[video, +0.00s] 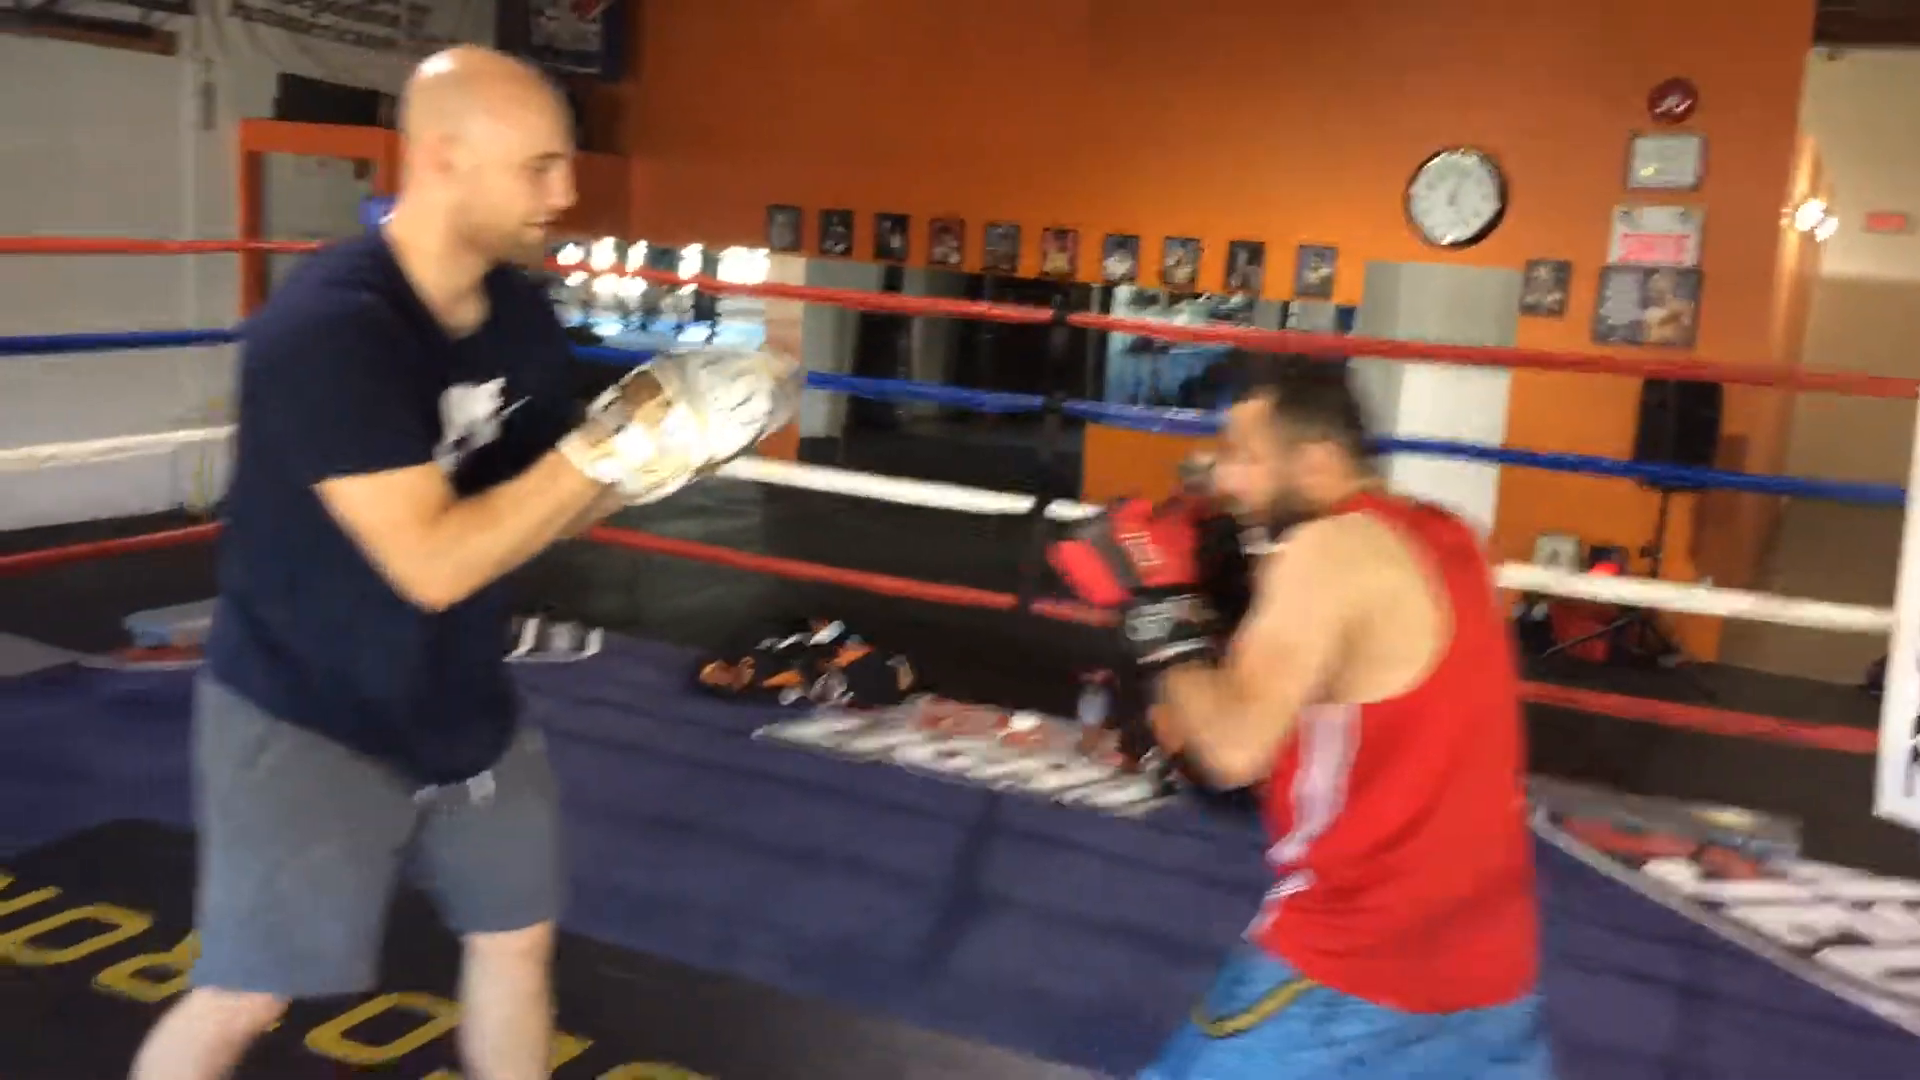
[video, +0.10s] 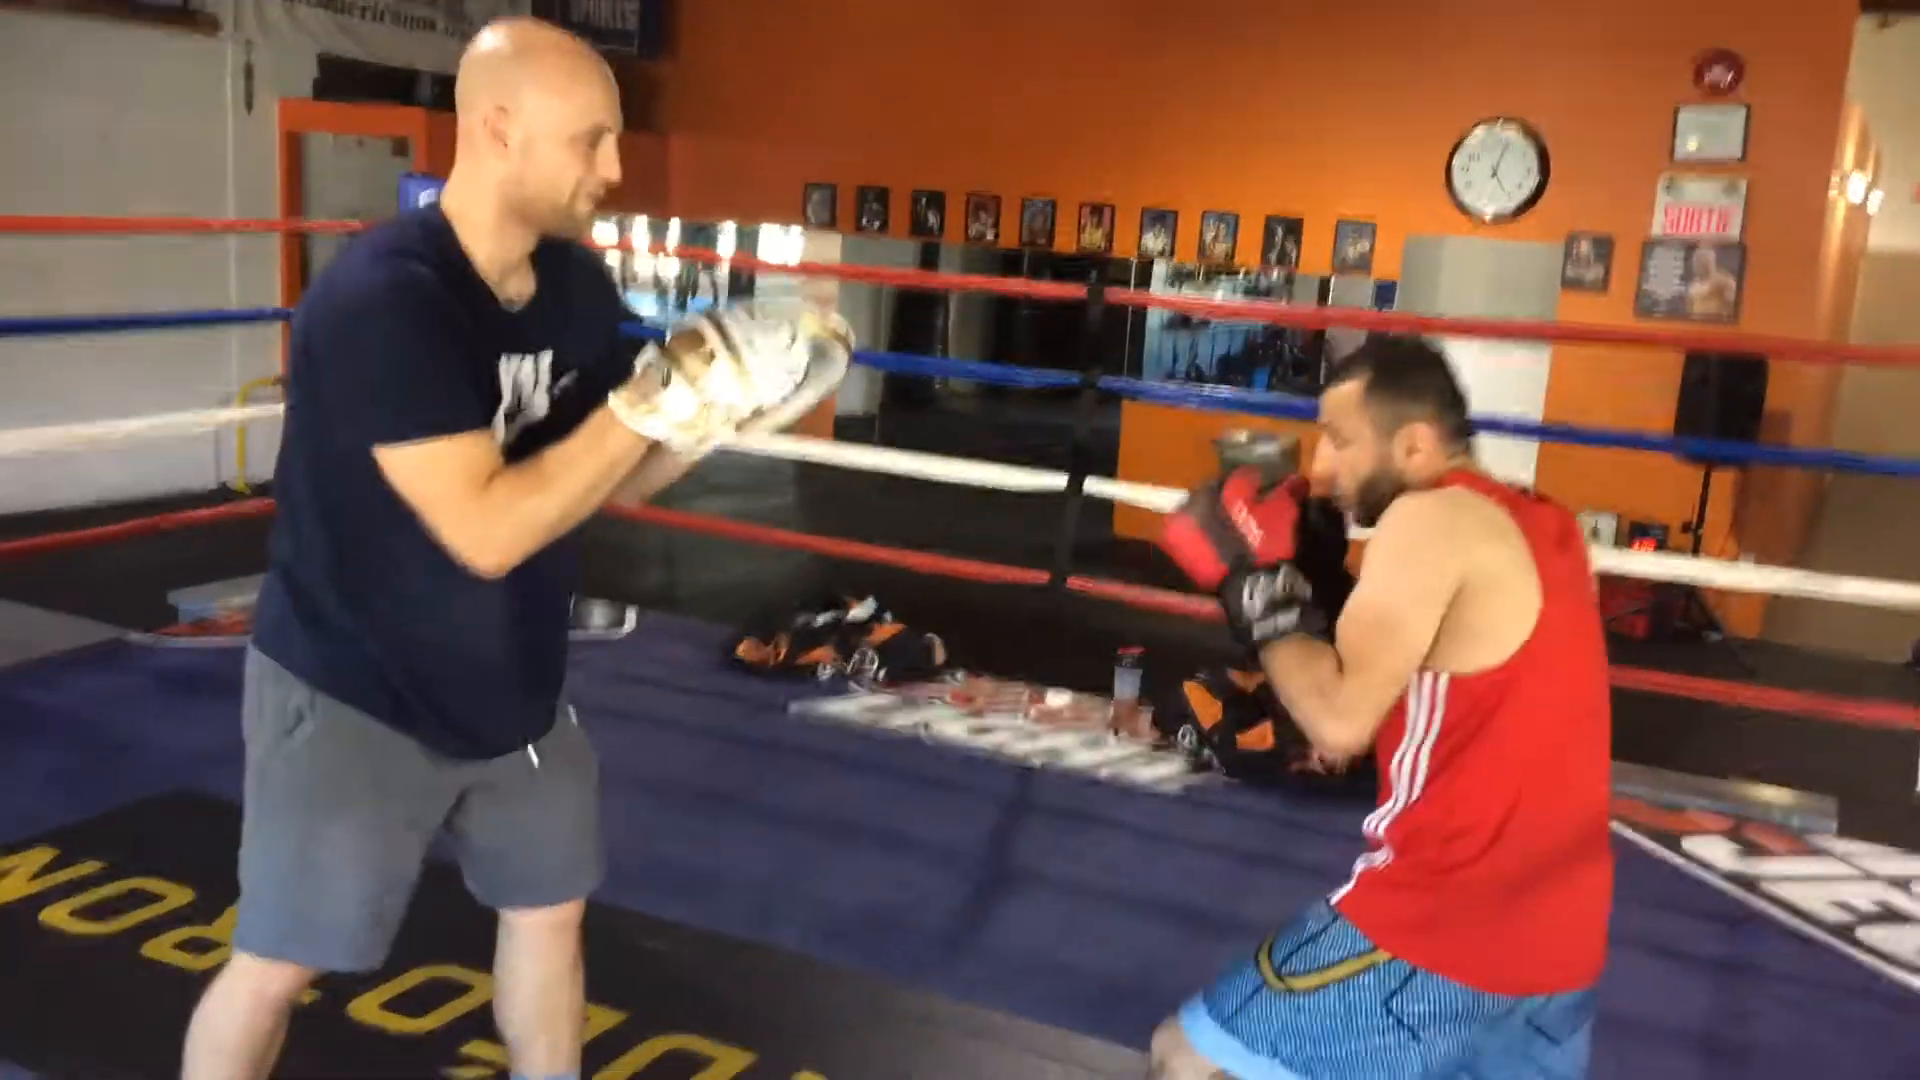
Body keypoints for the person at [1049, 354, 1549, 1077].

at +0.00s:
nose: (1223, 480)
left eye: (1243, 458)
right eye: (1226, 456)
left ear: (1317, 462)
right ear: (1328, 460)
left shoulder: (1329, 553)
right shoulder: (1447, 537)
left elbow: (1229, 746)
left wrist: (1158, 615)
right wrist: (1226, 584)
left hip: (1352, 969)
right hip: (1489, 970)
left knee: (1187, 1067)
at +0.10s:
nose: (1321, 466)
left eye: (1339, 442)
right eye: (1323, 441)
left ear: (1415, 445)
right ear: (1425, 447)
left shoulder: (1430, 523)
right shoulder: (1544, 522)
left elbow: (1340, 719)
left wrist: (1260, 587)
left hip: (1440, 933)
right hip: (1559, 936)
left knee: (1190, 1054)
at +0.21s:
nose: (1353, 459)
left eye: (1373, 433)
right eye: (1358, 432)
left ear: (1451, 442)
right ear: (1466, 444)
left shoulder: (1462, 525)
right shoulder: (1576, 528)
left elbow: (1350, 711)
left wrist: (1268, 573)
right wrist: (1327, 570)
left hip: (1446, 935)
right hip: (1562, 939)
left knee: (1182, 1039)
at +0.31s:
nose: (1347, 464)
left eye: (1369, 442)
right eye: (1353, 438)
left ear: (1445, 454)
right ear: (1457, 458)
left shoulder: (1464, 549)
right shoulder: (1555, 540)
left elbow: (1362, 753)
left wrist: (1269, 625)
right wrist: (1321, 626)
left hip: (1431, 939)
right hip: (1534, 945)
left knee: (1133, 1011)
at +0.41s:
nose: (1286, 457)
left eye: (1308, 433)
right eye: (1292, 430)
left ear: (1387, 448)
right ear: (1397, 452)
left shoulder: (1400, 552)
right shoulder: (1493, 543)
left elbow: (1280, 744)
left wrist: (1194, 607)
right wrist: (1251, 587)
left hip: (1343, 943)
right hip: (1462, 954)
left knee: (1064, 1042)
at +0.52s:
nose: (1180, 437)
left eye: (1203, 417)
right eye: (1189, 411)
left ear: (1276, 438)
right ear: (1301, 444)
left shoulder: (1238, 533)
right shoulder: (1404, 551)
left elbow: (1052, 612)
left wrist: (973, 499)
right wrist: (1172, 521)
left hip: (1212, 963)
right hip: (1365, 967)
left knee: (1024, 1068)